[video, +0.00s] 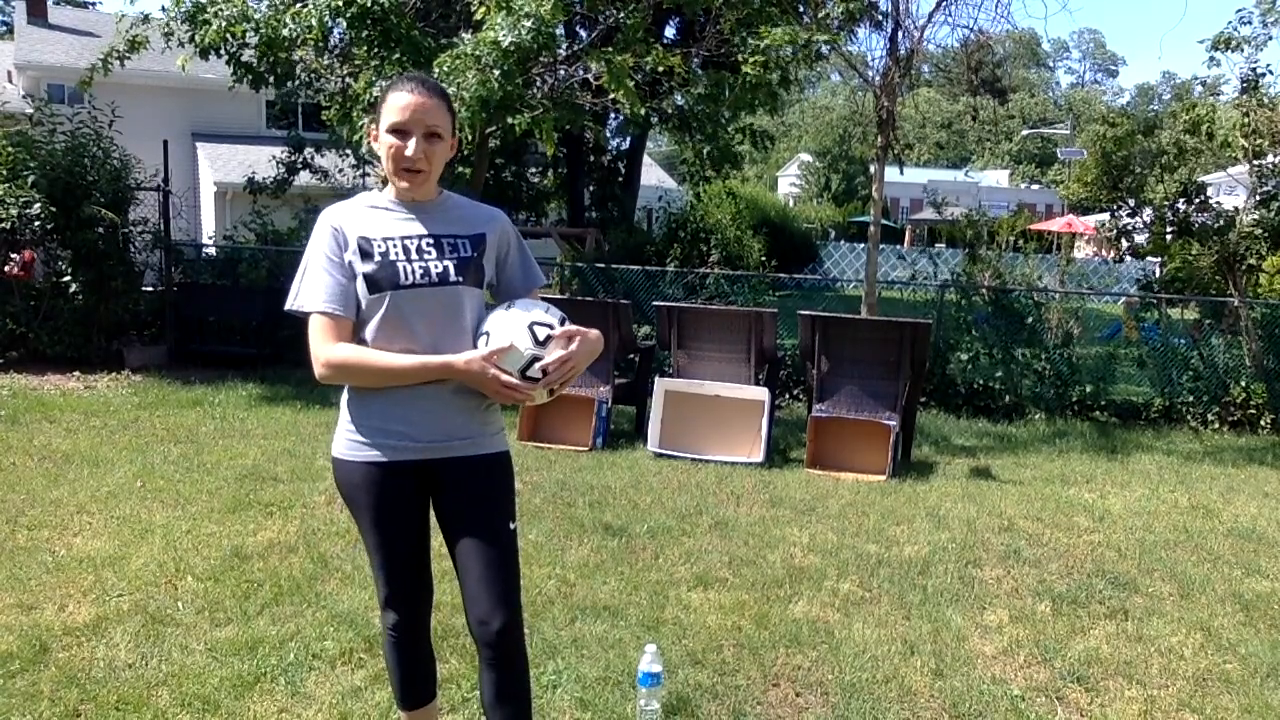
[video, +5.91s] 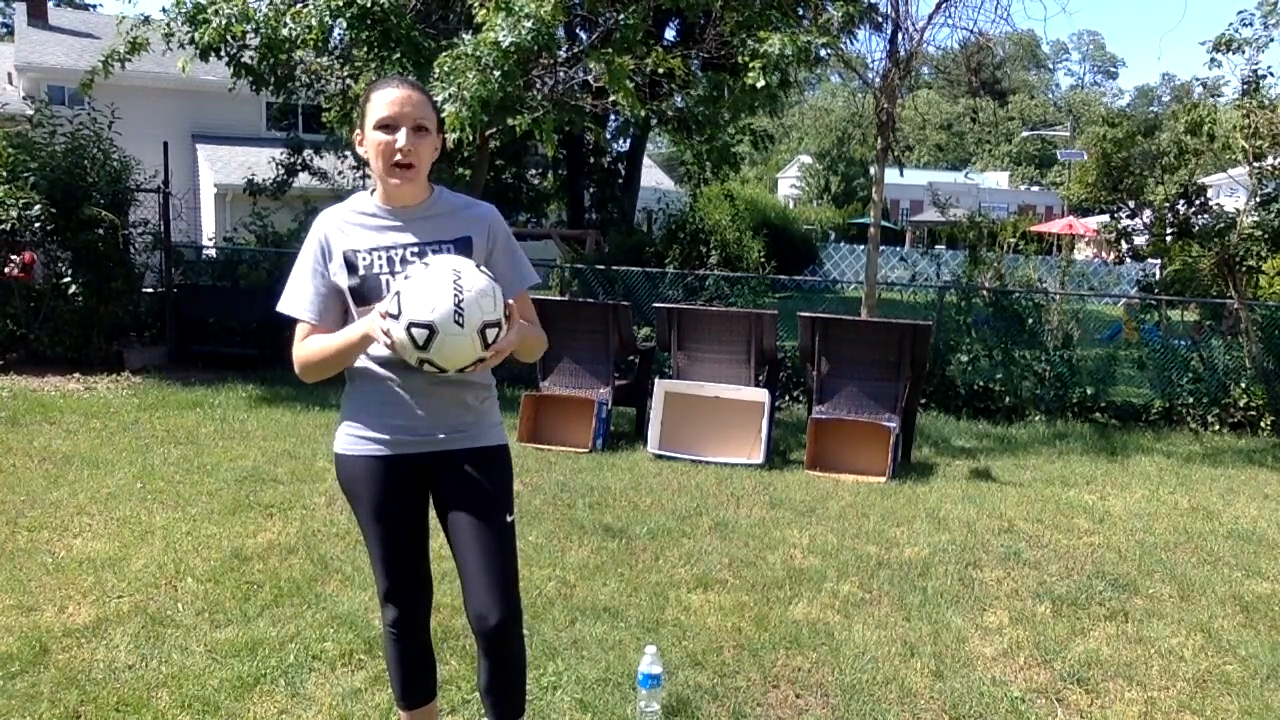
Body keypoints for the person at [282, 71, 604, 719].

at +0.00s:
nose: (413, 149)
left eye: (431, 136)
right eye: (399, 132)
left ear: (452, 145)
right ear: (374, 137)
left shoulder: (490, 226)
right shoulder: (341, 225)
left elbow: (536, 329)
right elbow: (327, 358)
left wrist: (588, 341)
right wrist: (453, 367)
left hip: (474, 453)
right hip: (377, 456)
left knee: (498, 625)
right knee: (404, 618)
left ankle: (509, 718)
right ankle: (420, 714)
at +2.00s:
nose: (422, 148)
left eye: (437, 133)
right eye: (405, 136)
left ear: (464, 141)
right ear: (388, 150)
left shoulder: (505, 230)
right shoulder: (357, 223)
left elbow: (524, 340)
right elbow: (322, 342)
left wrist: (519, 386)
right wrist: (366, 384)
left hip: (474, 448)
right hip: (378, 448)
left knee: (495, 621)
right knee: (403, 610)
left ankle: (510, 718)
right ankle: (419, 714)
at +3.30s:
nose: (428, 147)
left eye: (443, 132)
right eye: (410, 133)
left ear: (463, 142)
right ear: (387, 146)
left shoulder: (502, 227)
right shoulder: (355, 222)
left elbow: (514, 360)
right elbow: (327, 358)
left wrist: (446, 333)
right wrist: (328, 306)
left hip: (476, 440)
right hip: (380, 439)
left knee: (497, 625)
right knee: (405, 611)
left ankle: (506, 718)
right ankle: (420, 716)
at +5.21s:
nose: (400, 136)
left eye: (416, 124)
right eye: (384, 122)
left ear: (434, 140)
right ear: (357, 137)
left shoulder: (477, 219)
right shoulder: (330, 226)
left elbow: (527, 312)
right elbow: (311, 359)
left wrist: (531, 342)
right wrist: (378, 334)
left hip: (470, 437)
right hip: (374, 442)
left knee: (494, 619)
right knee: (401, 610)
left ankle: (505, 718)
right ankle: (419, 715)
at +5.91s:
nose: (403, 142)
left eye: (419, 129)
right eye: (387, 128)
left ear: (438, 143)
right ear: (361, 142)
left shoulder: (481, 222)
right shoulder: (334, 228)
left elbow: (535, 343)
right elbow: (306, 359)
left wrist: (516, 334)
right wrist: (363, 330)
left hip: (472, 439)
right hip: (377, 442)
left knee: (496, 618)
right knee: (402, 610)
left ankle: (506, 719)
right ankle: (419, 716)